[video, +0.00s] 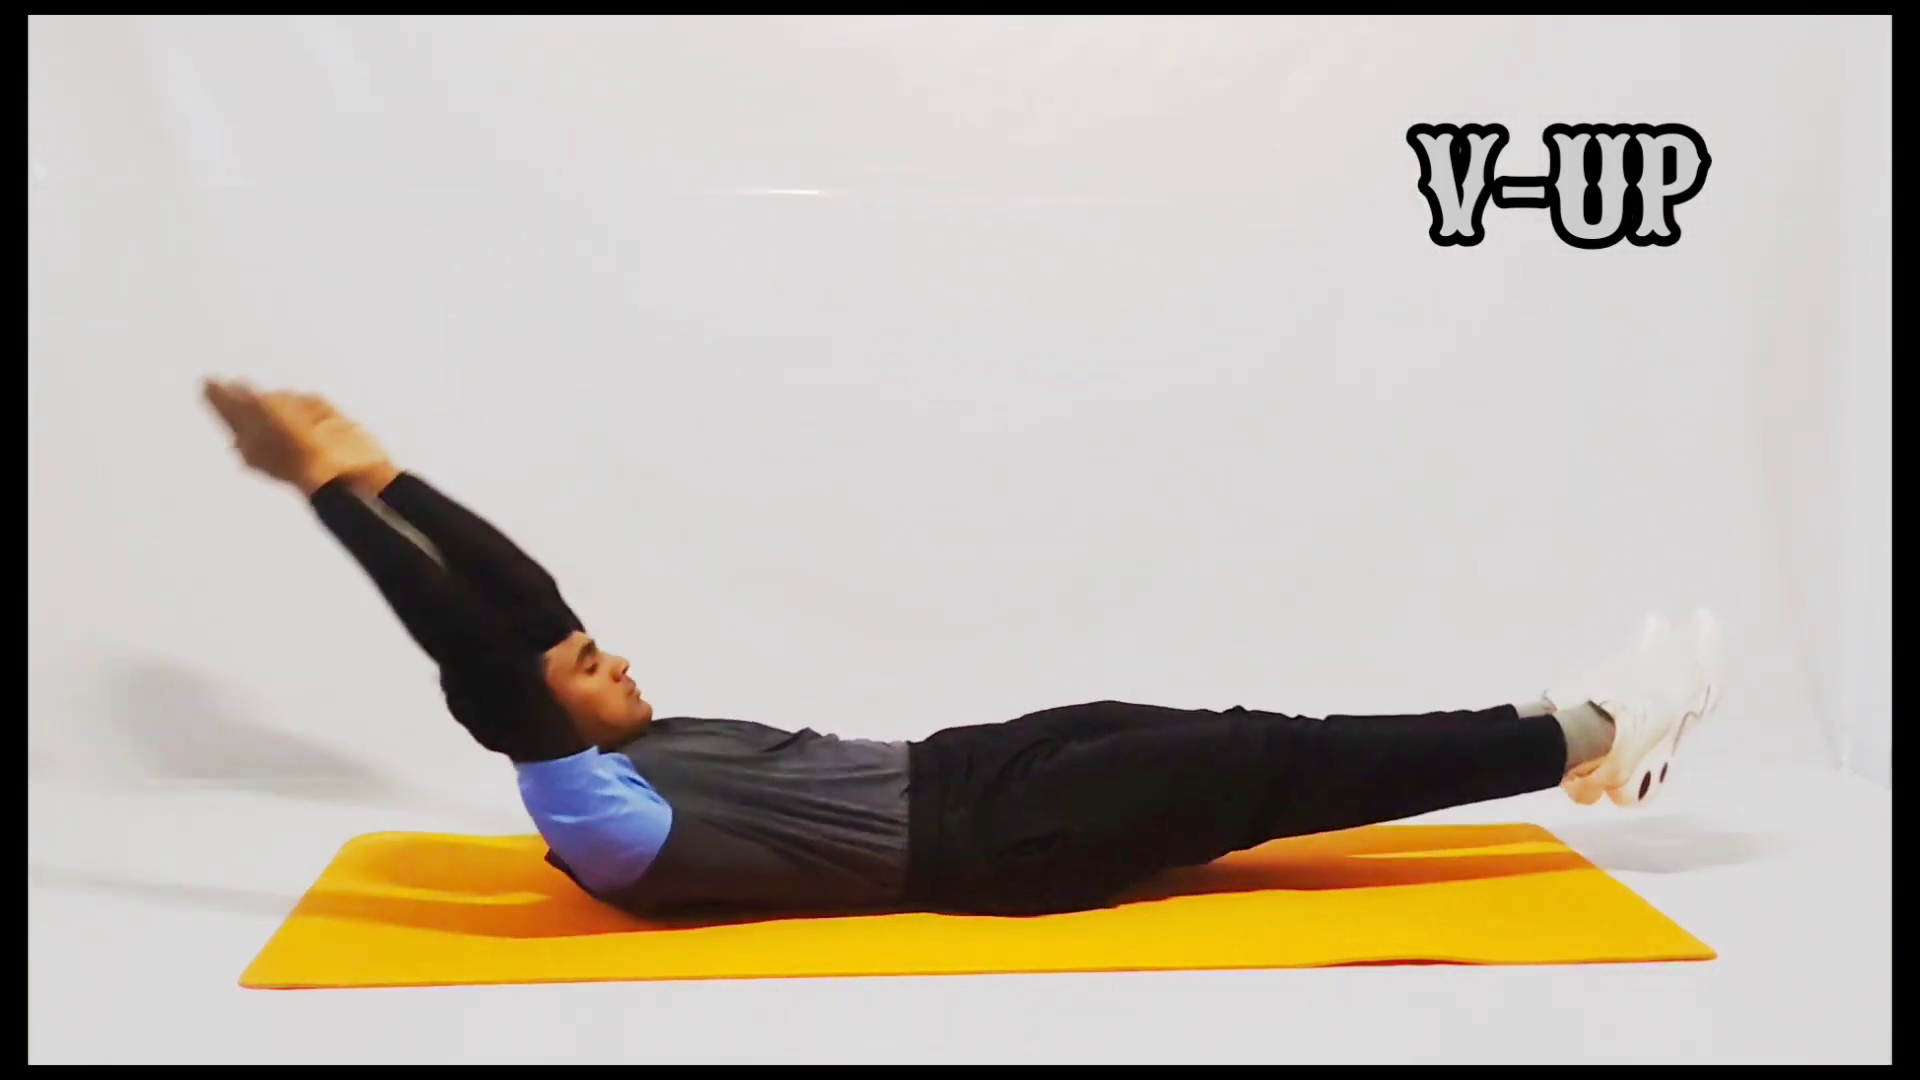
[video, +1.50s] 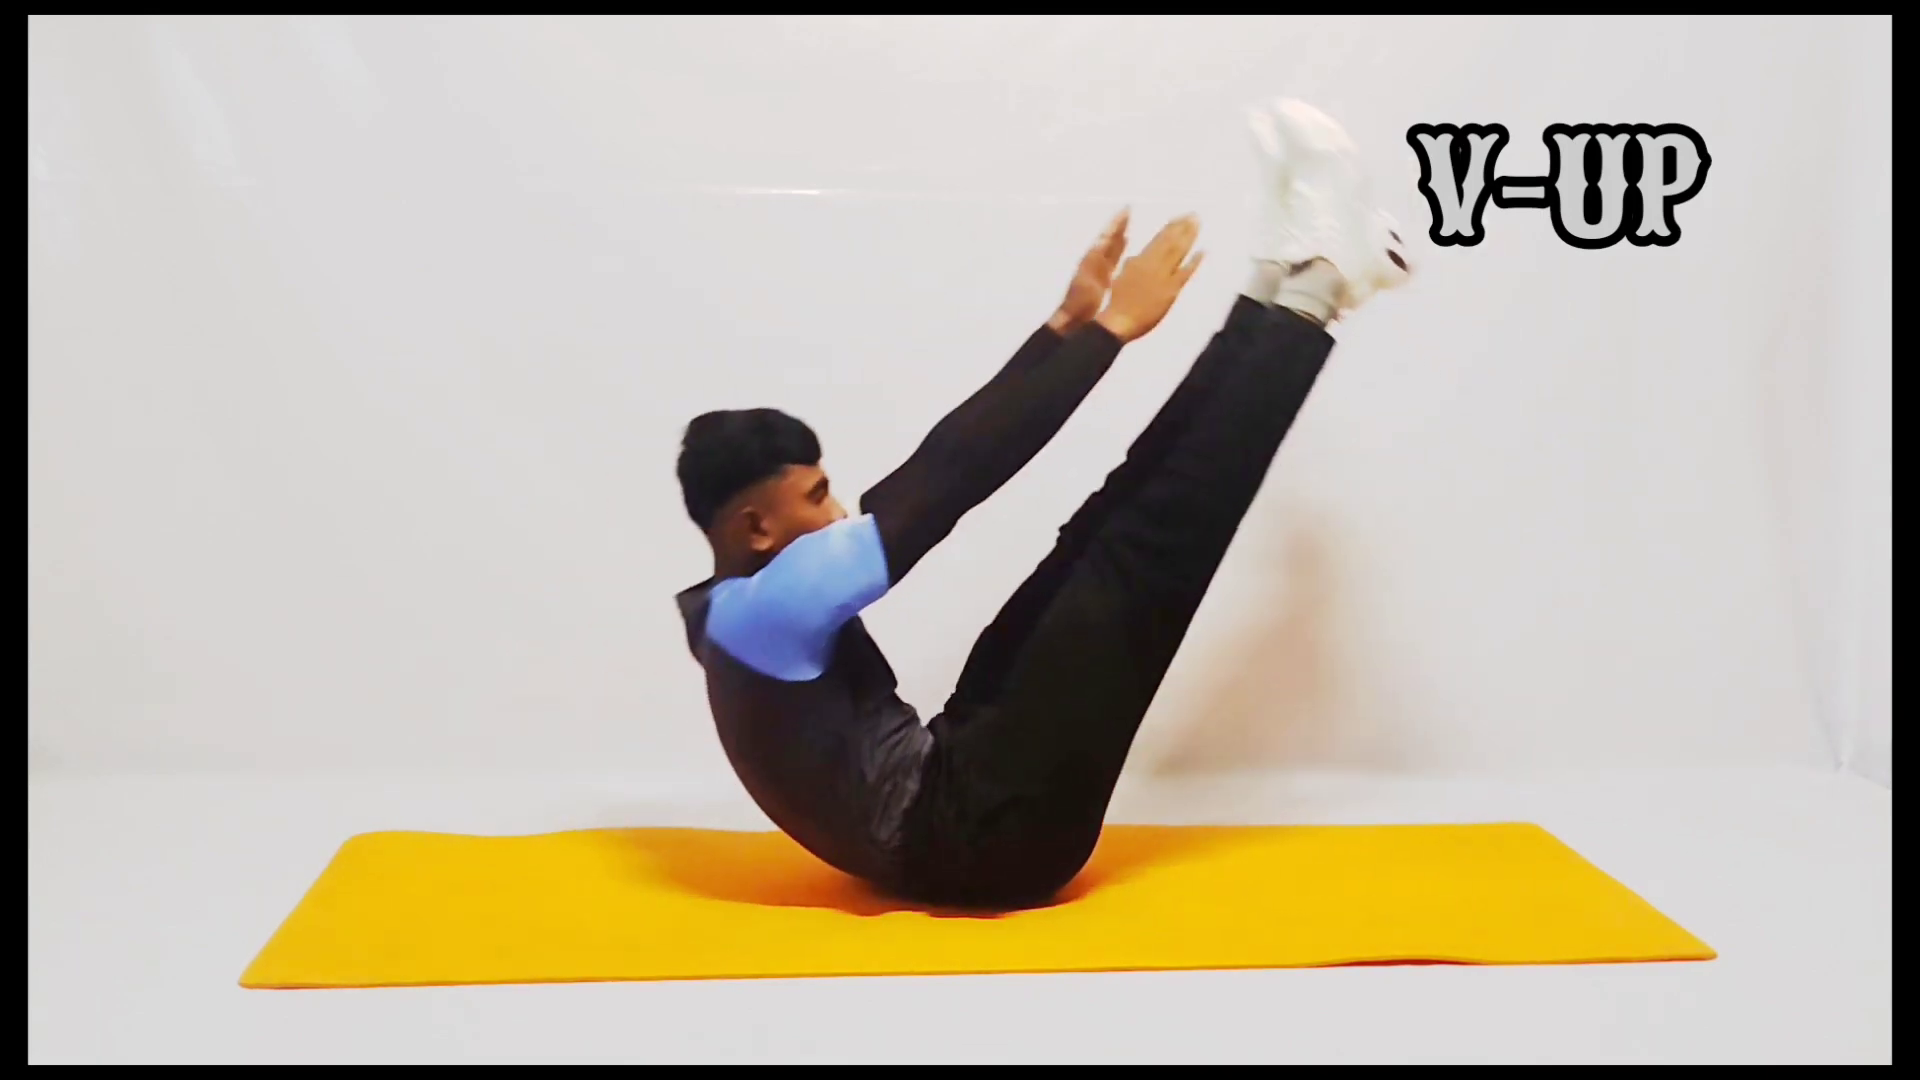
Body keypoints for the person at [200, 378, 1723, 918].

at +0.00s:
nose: (599, 660)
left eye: (586, 643)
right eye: (575, 658)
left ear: (588, 673)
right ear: (547, 710)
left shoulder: (647, 757)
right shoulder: (610, 811)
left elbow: (516, 617)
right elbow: (471, 647)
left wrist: (381, 477)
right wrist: (338, 497)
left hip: (985, 767)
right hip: (978, 827)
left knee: (1272, 744)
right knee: (1266, 762)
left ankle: (1566, 740)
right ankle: (1571, 755)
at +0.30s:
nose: (542, 713)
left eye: (522, 705)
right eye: (515, 726)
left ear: (537, 725)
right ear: (490, 789)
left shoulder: (611, 771)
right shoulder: (570, 846)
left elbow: (404, 728)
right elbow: (346, 825)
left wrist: (217, 723)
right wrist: (130, 801)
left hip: (994, 756)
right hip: (975, 822)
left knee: (1267, 759)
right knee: (1265, 793)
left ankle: (1564, 783)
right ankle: (1566, 781)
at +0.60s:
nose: (534, 739)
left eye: (517, 730)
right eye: (506, 753)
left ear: (541, 739)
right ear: (496, 808)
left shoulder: (624, 776)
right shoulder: (591, 853)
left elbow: (377, 790)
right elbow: (395, 865)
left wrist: (175, 824)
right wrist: (159, 853)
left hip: (995, 751)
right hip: (979, 824)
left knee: (1268, 757)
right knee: (1274, 805)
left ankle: (1558, 781)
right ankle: (1572, 801)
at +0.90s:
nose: (564, 718)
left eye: (543, 710)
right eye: (537, 727)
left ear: (544, 747)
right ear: (510, 788)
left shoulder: (600, 790)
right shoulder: (600, 842)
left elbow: (393, 747)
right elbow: (391, 786)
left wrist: (192, 703)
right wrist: (191, 719)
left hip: (1002, 772)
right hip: (993, 815)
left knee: (1279, 763)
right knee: (1285, 780)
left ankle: (1576, 769)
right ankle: (1581, 758)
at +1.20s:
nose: (622, 639)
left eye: (609, 628)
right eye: (592, 640)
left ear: (591, 657)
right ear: (547, 689)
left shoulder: (637, 721)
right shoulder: (619, 750)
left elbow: (687, 535)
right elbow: (697, 548)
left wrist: (679, 352)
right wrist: (717, 344)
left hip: (962, 776)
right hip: (965, 830)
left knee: (1229, 656)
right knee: (1236, 685)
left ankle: (1523, 555)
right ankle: (1528, 560)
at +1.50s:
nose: (834, 509)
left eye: (821, 491)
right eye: (812, 497)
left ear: (757, 524)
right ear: (751, 525)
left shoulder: (765, 600)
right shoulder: (773, 606)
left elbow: (937, 475)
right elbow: (944, 487)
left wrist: (1067, 329)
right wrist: (1104, 336)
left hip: (966, 792)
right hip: (983, 833)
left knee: (1105, 539)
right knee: (1133, 559)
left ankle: (1291, 285)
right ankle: (1305, 295)